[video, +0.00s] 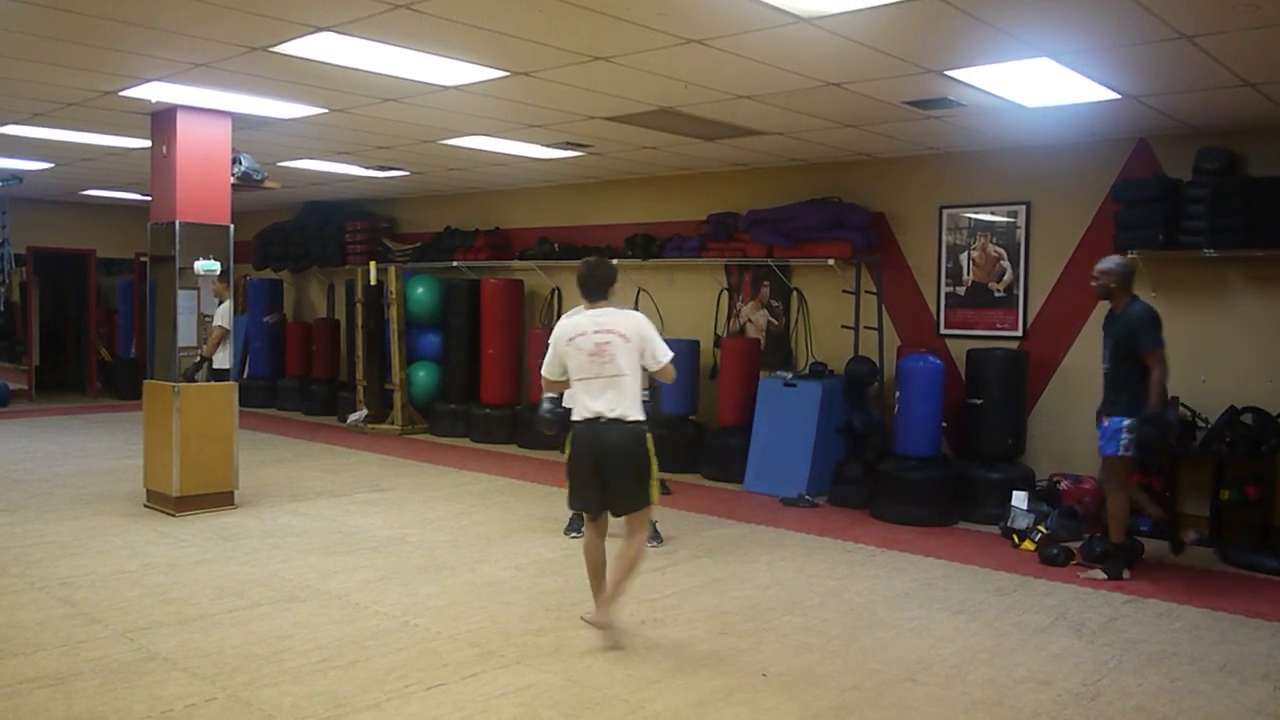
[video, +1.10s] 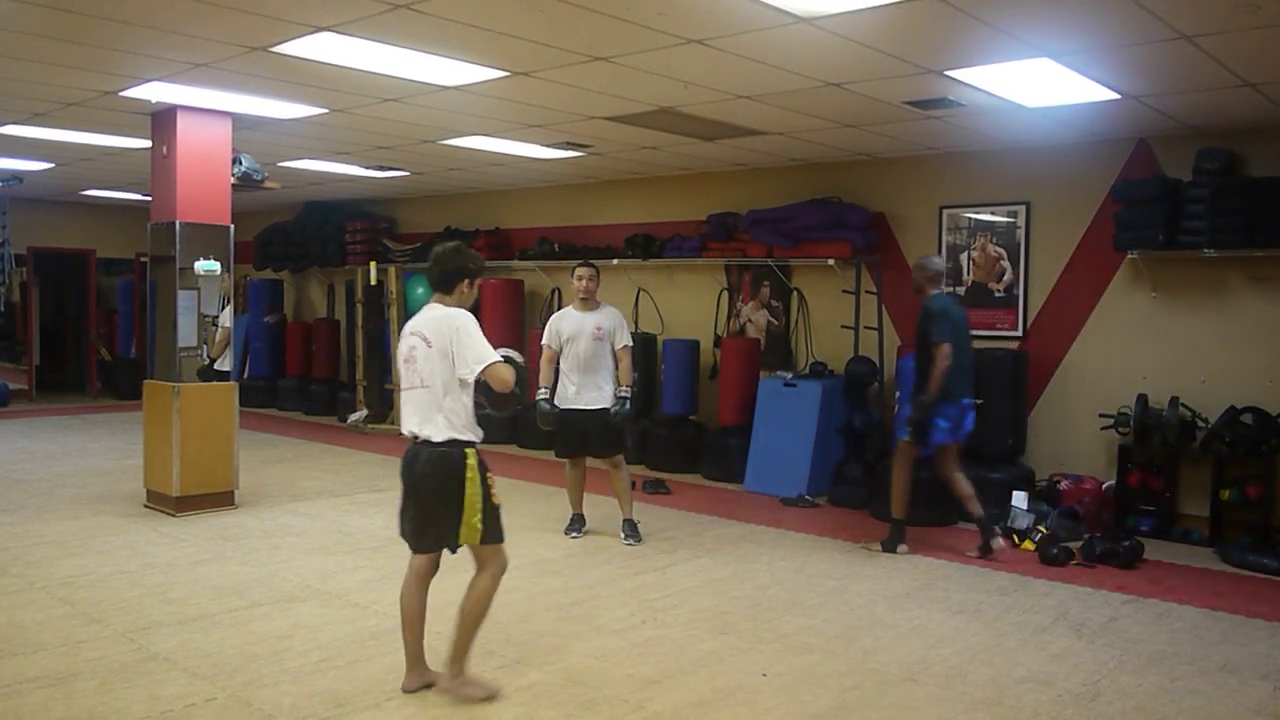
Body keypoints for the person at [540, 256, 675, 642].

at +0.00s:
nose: (618, 289)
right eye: (616, 283)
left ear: (580, 288)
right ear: (614, 288)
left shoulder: (564, 326)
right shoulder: (635, 322)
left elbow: (550, 384)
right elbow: (668, 373)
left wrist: (585, 370)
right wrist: (632, 355)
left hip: (584, 437)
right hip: (629, 436)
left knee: (593, 526)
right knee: (636, 532)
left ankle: (603, 613)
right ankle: (604, 605)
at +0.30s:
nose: (597, 295)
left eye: (596, 287)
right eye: (590, 289)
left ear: (561, 295)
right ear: (567, 293)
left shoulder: (536, 329)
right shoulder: (587, 329)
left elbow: (546, 384)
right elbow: (614, 390)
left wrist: (604, 368)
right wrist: (625, 367)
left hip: (539, 441)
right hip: (576, 444)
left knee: (575, 533)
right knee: (559, 549)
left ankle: (586, 609)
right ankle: (531, 640)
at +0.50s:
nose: (572, 292)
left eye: (573, 285)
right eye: (564, 285)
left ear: (536, 290)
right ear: (537, 288)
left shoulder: (518, 322)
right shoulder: (546, 326)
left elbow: (539, 381)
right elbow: (566, 390)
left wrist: (580, 361)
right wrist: (593, 362)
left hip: (516, 439)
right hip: (545, 443)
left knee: (535, 536)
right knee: (546, 542)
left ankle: (510, 622)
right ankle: (531, 640)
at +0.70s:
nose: (538, 294)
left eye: (540, 286)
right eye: (529, 287)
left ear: (509, 290)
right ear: (502, 288)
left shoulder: (490, 325)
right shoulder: (511, 327)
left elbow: (510, 387)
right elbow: (527, 391)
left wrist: (540, 363)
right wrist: (559, 371)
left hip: (488, 446)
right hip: (519, 448)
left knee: (497, 547)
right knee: (535, 545)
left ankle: (434, 636)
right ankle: (532, 641)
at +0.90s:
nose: (509, 303)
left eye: (510, 295)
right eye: (502, 294)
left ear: (471, 295)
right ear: (476, 292)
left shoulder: (447, 329)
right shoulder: (478, 329)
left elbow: (461, 391)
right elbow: (503, 389)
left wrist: (516, 377)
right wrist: (531, 369)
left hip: (447, 458)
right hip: (484, 460)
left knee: (442, 560)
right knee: (509, 554)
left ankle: (417, 667)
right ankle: (523, 646)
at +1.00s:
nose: (494, 300)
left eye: (494, 292)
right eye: (490, 292)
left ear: (456, 289)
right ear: (469, 289)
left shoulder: (429, 327)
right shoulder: (466, 325)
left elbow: (446, 398)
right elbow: (505, 382)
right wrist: (523, 363)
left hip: (431, 458)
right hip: (469, 460)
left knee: (425, 563)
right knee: (505, 554)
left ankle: (416, 669)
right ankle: (493, 658)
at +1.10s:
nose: (478, 291)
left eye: (477, 283)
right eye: (477, 283)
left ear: (435, 282)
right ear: (465, 284)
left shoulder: (413, 324)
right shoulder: (459, 321)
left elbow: (414, 394)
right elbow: (501, 380)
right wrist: (505, 361)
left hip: (418, 457)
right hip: (457, 459)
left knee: (421, 563)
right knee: (492, 561)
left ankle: (415, 670)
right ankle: (456, 672)